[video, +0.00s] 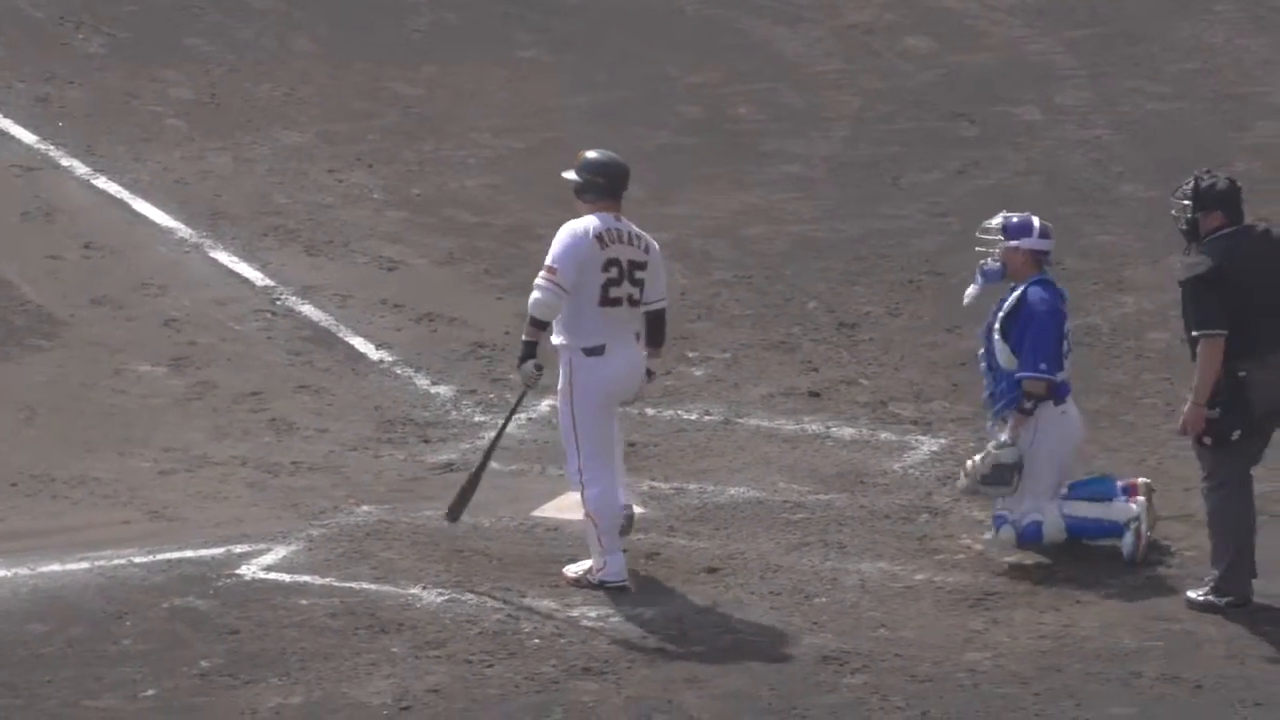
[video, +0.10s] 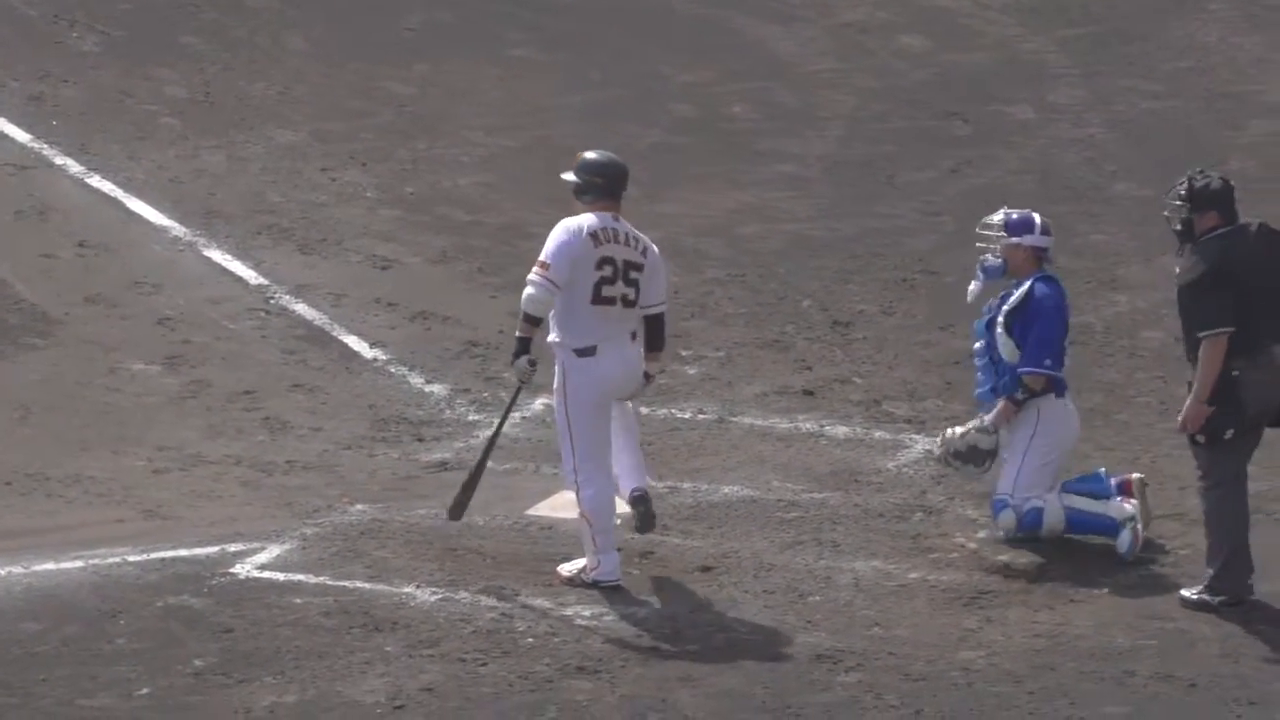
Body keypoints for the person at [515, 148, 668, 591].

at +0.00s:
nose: (573, 191)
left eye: (578, 186)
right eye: (576, 185)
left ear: (590, 189)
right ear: (618, 192)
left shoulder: (575, 234)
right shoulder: (646, 243)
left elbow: (544, 300)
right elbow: (655, 312)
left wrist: (529, 349)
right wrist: (652, 362)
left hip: (587, 364)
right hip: (631, 362)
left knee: (591, 466)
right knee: (601, 425)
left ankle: (608, 563)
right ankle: (619, 504)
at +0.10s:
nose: (572, 192)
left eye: (576, 187)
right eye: (574, 186)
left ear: (589, 190)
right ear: (618, 192)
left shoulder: (569, 232)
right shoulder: (646, 248)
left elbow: (537, 295)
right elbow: (654, 318)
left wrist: (523, 346)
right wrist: (651, 366)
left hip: (582, 366)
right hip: (630, 362)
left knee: (589, 467)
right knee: (620, 404)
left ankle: (603, 562)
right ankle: (636, 487)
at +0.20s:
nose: (572, 193)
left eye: (577, 188)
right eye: (575, 187)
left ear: (589, 190)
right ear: (618, 193)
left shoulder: (568, 229)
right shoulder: (646, 247)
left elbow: (533, 293)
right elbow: (658, 317)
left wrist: (520, 344)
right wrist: (654, 365)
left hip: (577, 362)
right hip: (628, 358)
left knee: (584, 465)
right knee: (631, 412)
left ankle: (597, 563)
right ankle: (652, 489)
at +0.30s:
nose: (574, 192)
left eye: (579, 187)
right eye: (577, 186)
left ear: (589, 191)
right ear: (621, 193)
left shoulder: (566, 227)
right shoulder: (648, 247)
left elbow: (530, 290)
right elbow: (661, 319)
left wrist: (518, 345)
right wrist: (658, 365)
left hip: (574, 362)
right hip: (626, 358)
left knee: (579, 465)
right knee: (648, 431)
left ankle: (593, 559)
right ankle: (664, 511)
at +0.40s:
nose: (579, 191)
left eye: (583, 186)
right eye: (582, 186)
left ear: (592, 189)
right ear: (626, 193)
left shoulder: (566, 226)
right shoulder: (651, 248)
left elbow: (528, 289)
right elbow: (660, 321)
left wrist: (517, 341)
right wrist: (657, 372)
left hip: (573, 360)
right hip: (625, 357)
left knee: (576, 463)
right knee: (648, 439)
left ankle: (587, 557)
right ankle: (669, 538)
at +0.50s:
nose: (585, 191)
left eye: (589, 186)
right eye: (588, 185)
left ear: (598, 188)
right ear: (631, 192)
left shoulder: (570, 226)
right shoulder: (657, 248)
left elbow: (530, 289)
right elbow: (660, 321)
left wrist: (519, 341)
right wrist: (656, 378)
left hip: (578, 358)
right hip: (632, 356)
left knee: (578, 464)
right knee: (647, 466)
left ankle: (583, 556)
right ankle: (661, 557)